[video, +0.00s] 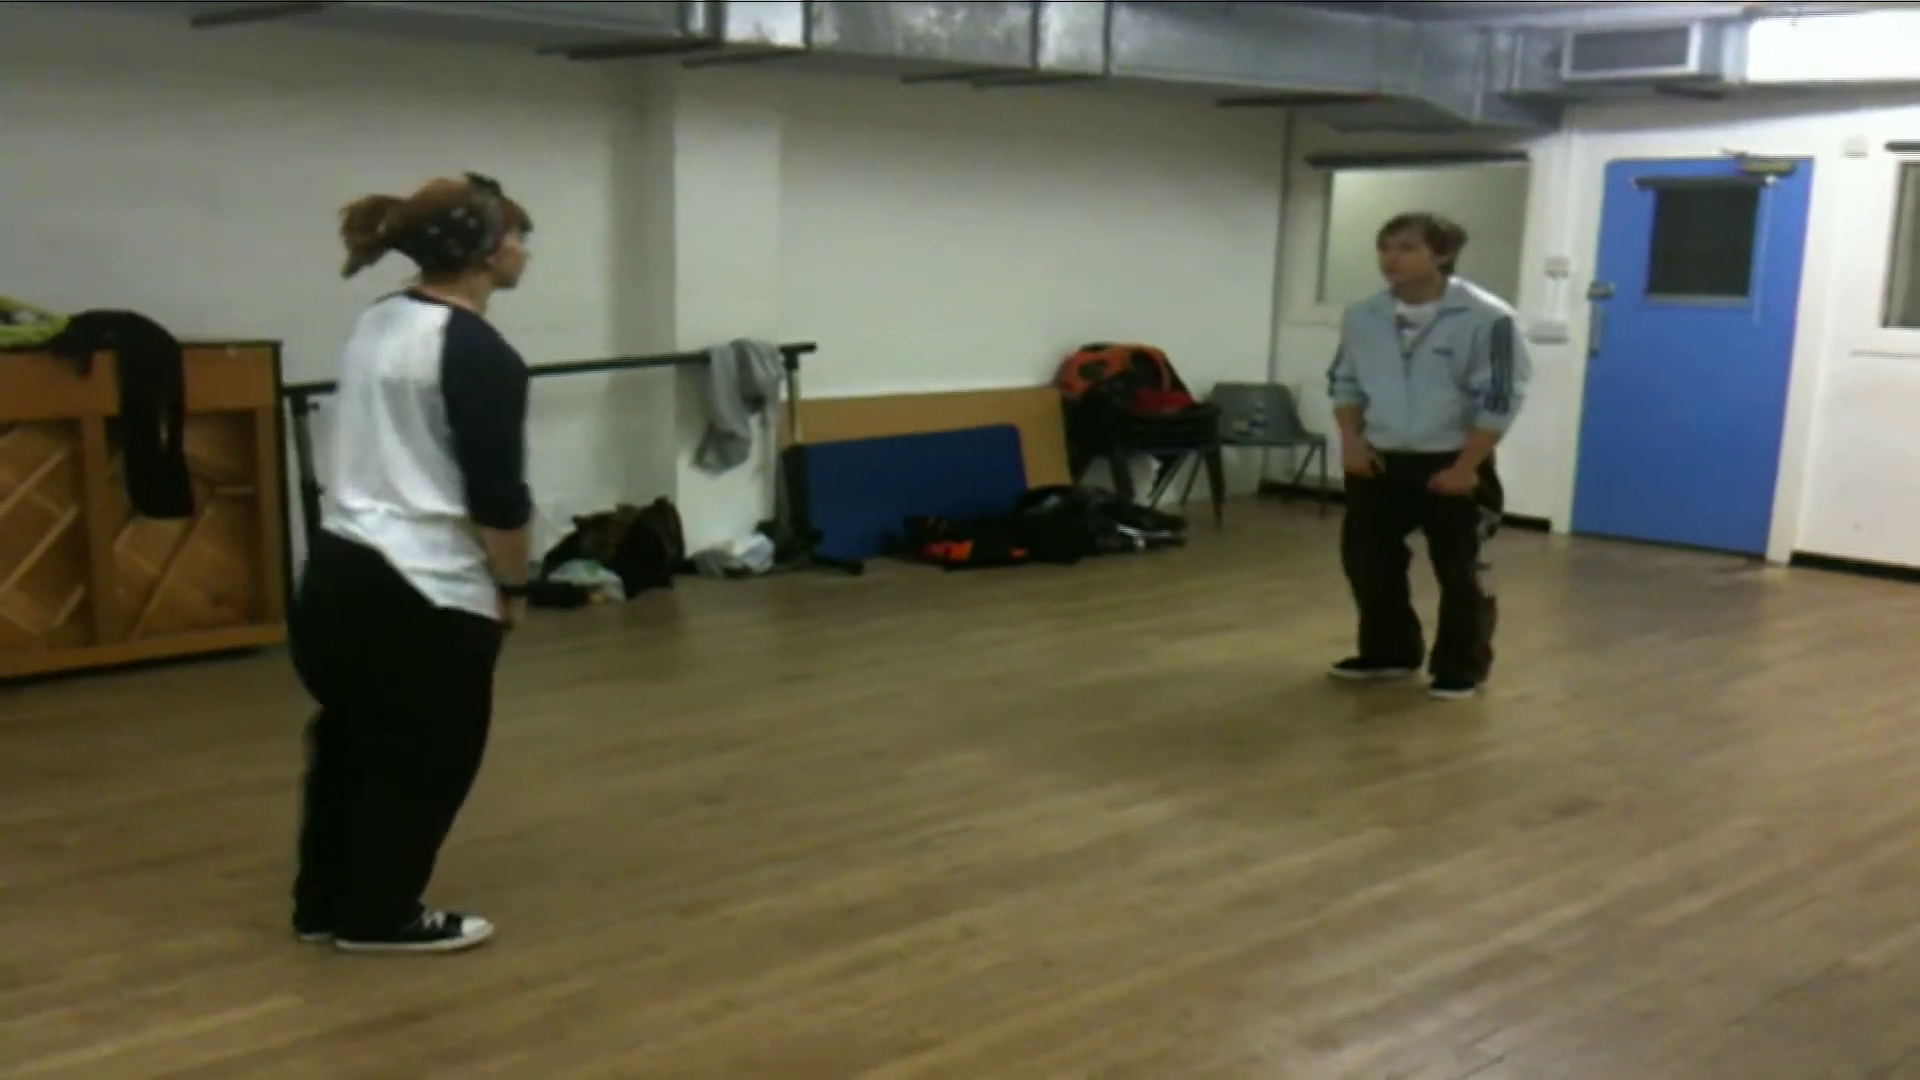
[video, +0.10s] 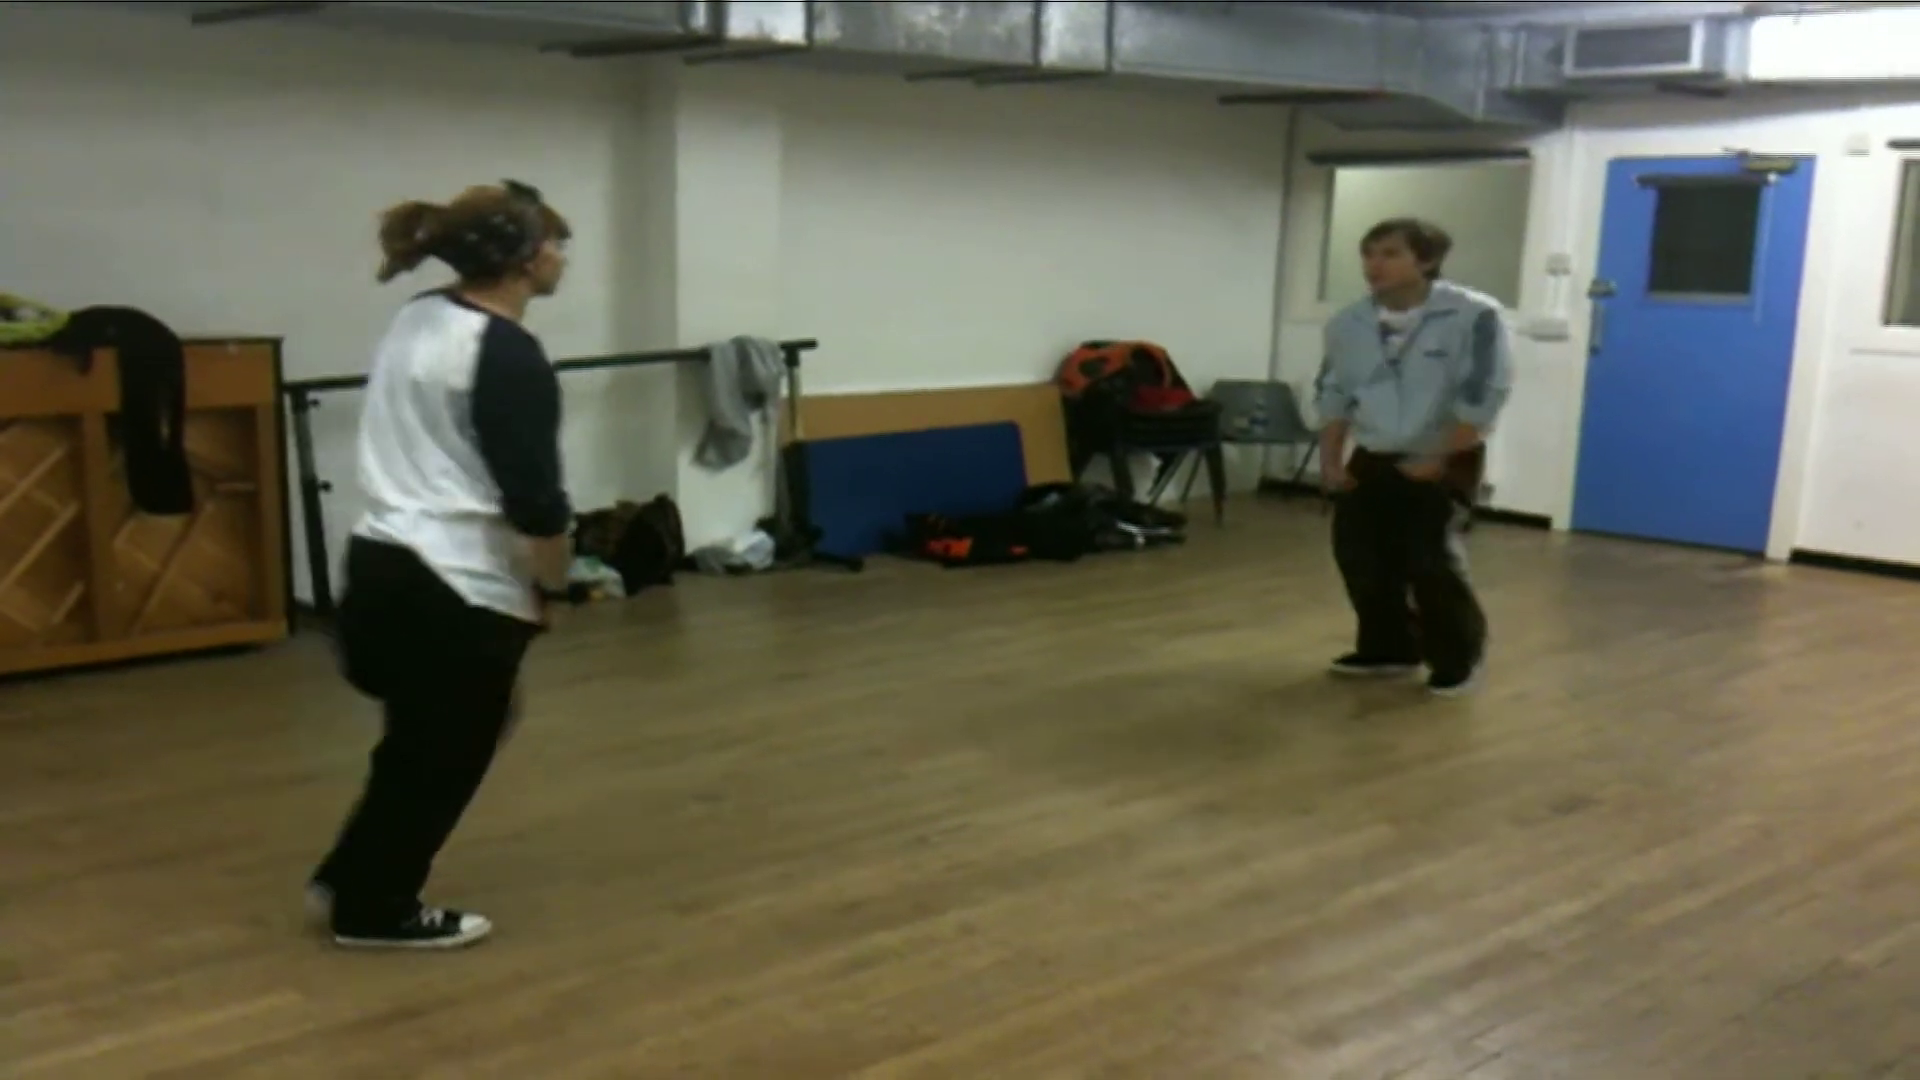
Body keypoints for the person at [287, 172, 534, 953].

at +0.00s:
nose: (525, 247)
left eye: (522, 233)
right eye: (516, 234)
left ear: (440, 246)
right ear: (479, 248)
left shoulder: (375, 326)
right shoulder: (480, 354)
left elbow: (370, 461)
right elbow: (498, 500)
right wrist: (512, 588)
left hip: (341, 576)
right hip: (428, 594)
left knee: (355, 736)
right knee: (434, 757)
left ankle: (325, 900)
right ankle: (379, 910)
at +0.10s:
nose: (562, 257)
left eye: (560, 242)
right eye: (554, 245)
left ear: (479, 253)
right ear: (521, 257)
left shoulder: (416, 321)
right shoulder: (508, 353)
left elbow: (430, 458)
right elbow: (538, 505)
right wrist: (550, 587)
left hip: (380, 566)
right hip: (456, 586)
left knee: (420, 730)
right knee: (451, 751)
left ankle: (349, 872)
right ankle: (378, 907)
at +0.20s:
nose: (601, 279)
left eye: (600, 264)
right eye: (595, 266)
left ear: (518, 267)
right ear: (569, 273)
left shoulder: (458, 336)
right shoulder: (552, 367)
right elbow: (583, 507)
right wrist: (592, 581)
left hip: (420, 564)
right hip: (488, 577)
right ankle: (383, 902)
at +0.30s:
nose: (648, 308)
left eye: (646, 293)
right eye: (641, 295)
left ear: (569, 301)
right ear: (616, 304)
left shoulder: (522, 362)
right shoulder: (607, 383)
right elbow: (624, 521)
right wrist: (630, 585)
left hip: (461, 568)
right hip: (511, 585)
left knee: (628, 666)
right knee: (582, 744)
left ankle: (631, 818)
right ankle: (400, 886)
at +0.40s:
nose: (707, 343)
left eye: (706, 328)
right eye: (701, 330)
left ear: (631, 331)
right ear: (673, 334)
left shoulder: (587, 386)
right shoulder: (668, 384)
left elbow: (570, 493)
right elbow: (646, 500)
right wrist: (678, 566)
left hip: (525, 587)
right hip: (582, 607)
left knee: (685, 662)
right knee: (611, 773)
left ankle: (738, 783)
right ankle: (411, 887)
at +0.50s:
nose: (746, 346)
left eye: (745, 335)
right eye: (740, 336)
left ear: (671, 340)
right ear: (718, 337)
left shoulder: (629, 397)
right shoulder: (723, 382)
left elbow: (611, 506)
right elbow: (719, 496)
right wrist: (744, 559)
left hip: (606, 590)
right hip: (663, 599)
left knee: (749, 661)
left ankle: (753, 797)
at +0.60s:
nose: (797, 324)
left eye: (795, 313)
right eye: (791, 314)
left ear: (722, 320)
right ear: (772, 316)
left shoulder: (680, 376)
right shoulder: (793, 364)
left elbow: (637, 479)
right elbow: (815, 479)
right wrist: (807, 540)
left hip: (649, 568)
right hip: (739, 581)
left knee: (735, 685)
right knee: (771, 738)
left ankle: (747, 798)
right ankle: (570, 825)